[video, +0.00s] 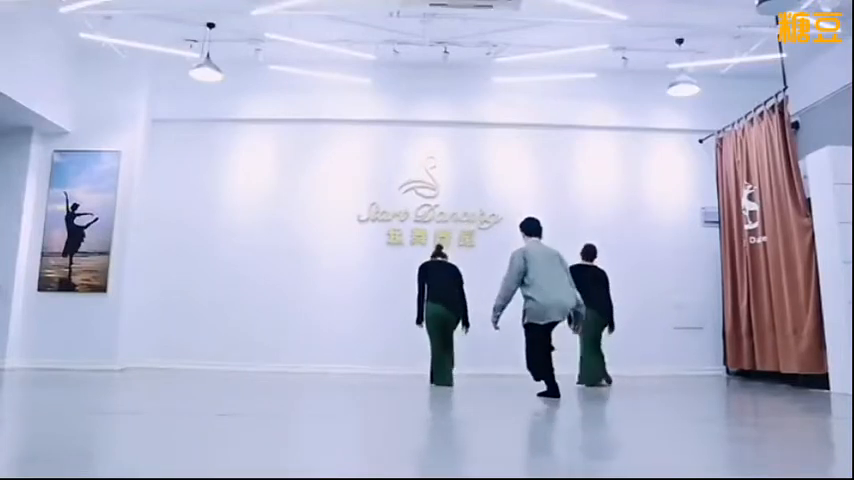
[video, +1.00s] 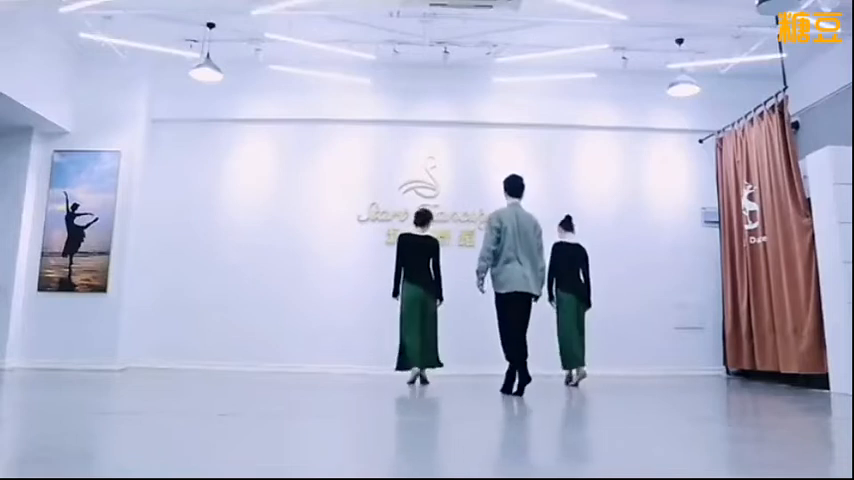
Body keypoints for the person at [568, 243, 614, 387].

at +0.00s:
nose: (587, 257)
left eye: (585, 253)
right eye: (592, 254)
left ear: (581, 254)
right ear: (596, 256)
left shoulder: (573, 270)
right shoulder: (600, 273)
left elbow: (568, 293)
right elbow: (607, 299)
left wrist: (569, 314)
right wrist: (610, 320)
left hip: (582, 313)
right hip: (599, 315)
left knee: (586, 345)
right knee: (595, 344)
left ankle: (585, 376)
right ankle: (599, 374)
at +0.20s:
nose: (578, 266)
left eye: (577, 264)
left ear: (575, 263)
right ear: (588, 263)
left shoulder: (571, 274)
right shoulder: (597, 274)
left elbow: (569, 300)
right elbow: (605, 296)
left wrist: (567, 323)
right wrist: (611, 316)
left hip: (588, 310)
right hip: (605, 312)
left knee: (585, 343)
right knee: (594, 343)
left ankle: (595, 379)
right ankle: (580, 370)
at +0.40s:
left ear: (569, 261)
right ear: (580, 259)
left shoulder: (568, 270)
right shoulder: (593, 268)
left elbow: (569, 296)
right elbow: (601, 291)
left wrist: (568, 319)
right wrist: (607, 311)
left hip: (585, 307)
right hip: (602, 308)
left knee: (583, 341)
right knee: (590, 341)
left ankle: (595, 378)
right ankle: (576, 366)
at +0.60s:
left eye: (566, 248)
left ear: (566, 247)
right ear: (577, 245)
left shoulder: (565, 256)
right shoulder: (590, 256)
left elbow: (563, 282)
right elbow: (596, 284)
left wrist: (563, 305)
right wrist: (599, 305)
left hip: (577, 299)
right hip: (593, 301)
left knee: (582, 336)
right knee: (581, 336)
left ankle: (596, 372)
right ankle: (572, 371)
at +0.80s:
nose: (561, 238)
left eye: (561, 235)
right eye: (563, 235)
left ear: (563, 235)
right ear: (575, 235)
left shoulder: (561, 247)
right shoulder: (585, 250)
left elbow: (557, 272)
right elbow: (592, 275)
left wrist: (556, 293)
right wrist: (593, 297)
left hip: (569, 289)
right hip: (585, 290)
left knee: (574, 328)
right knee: (582, 329)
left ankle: (585, 367)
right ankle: (573, 368)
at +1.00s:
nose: (558, 232)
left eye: (559, 230)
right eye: (560, 230)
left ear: (560, 230)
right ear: (573, 230)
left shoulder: (557, 247)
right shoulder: (581, 249)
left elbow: (551, 271)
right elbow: (586, 275)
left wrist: (550, 293)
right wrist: (588, 297)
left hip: (563, 291)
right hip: (579, 292)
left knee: (566, 330)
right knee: (578, 329)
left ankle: (571, 368)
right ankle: (579, 366)